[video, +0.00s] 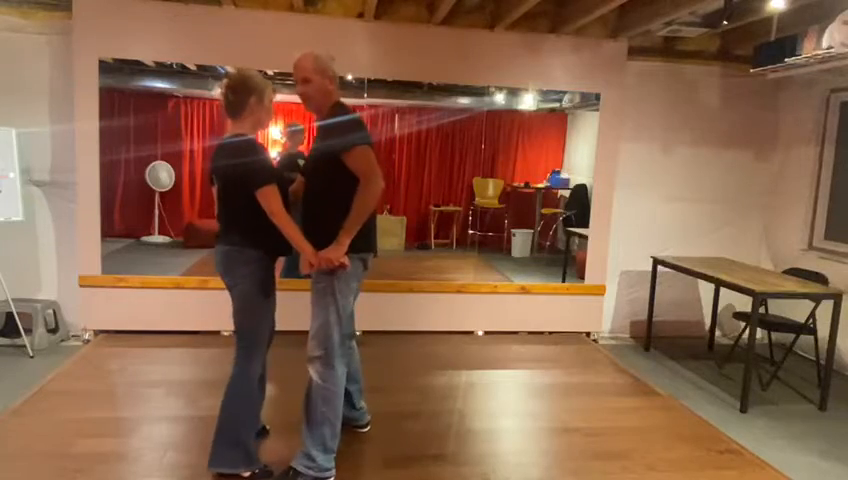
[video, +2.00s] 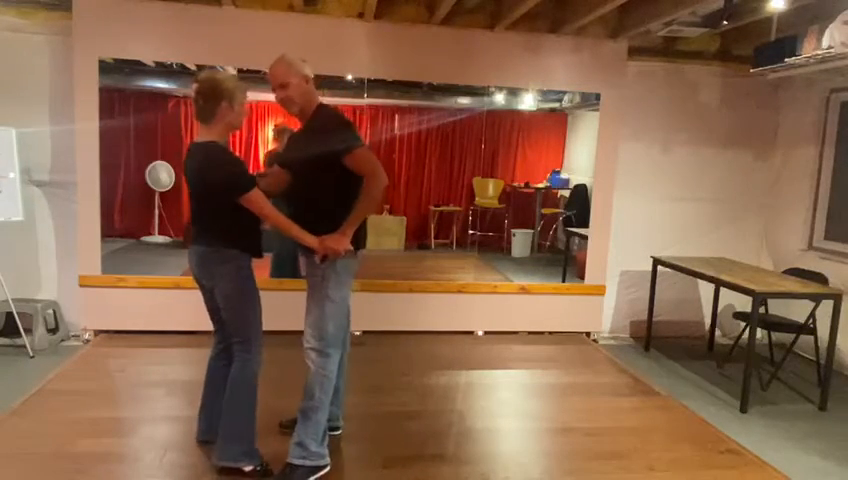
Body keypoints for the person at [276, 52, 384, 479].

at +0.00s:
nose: (298, 92)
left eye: (304, 82)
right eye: (296, 84)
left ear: (330, 82)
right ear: (321, 84)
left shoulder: (344, 125)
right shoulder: (328, 126)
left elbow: (374, 184)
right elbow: (325, 186)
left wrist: (340, 243)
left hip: (340, 257)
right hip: (331, 254)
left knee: (324, 355)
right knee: (340, 338)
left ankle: (317, 464)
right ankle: (353, 408)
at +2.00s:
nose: (278, 95)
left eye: (282, 86)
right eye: (274, 89)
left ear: (307, 80)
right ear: (284, 89)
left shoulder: (332, 125)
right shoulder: (301, 132)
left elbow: (377, 179)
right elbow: (281, 180)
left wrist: (346, 233)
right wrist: (243, 186)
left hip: (333, 252)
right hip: (315, 250)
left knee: (320, 347)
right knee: (329, 340)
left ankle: (310, 454)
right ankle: (328, 418)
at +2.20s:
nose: (275, 98)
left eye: (281, 88)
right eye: (271, 91)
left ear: (305, 84)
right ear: (276, 93)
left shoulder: (329, 126)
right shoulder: (298, 134)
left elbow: (380, 170)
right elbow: (281, 180)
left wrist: (358, 227)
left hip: (340, 251)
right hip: (323, 250)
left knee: (323, 348)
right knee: (331, 342)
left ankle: (312, 457)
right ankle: (329, 418)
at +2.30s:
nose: (275, 97)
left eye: (281, 88)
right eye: (271, 90)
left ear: (305, 85)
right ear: (277, 92)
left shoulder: (328, 125)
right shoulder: (297, 135)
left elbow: (384, 164)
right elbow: (271, 179)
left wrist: (368, 223)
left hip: (343, 253)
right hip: (323, 253)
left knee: (325, 349)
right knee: (327, 342)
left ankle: (313, 460)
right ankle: (326, 418)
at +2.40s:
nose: (277, 92)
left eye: (284, 84)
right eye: (273, 85)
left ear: (308, 84)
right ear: (274, 91)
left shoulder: (333, 124)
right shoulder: (291, 138)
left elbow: (388, 154)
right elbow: (264, 183)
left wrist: (379, 214)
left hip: (344, 252)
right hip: (320, 252)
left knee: (325, 351)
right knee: (318, 340)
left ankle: (313, 462)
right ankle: (325, 416)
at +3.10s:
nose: (312, 136)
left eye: (318, 128)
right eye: (305, 129)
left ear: (334, 129)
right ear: (298, 135)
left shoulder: (361, 166)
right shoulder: (295, 188)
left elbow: (392, 220)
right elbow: (247, 217)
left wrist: (348, 254)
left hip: (367, 279)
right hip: (327, 280)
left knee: (306, 353)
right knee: (276, 343)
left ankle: (313, 467)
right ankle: (322, 419)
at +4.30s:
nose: (299, 123)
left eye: (303, 116)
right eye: (300, 116)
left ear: (314, 118)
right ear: (341, 116)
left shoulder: (356, 168)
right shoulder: (311, 169)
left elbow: (342, 248)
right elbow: (274, 198)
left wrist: (285, 270)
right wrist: (231, 197)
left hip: (349, 294)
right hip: (327, 288)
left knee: (275, 383)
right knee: (307, 352)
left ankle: (310, 470)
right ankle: (324, 417)